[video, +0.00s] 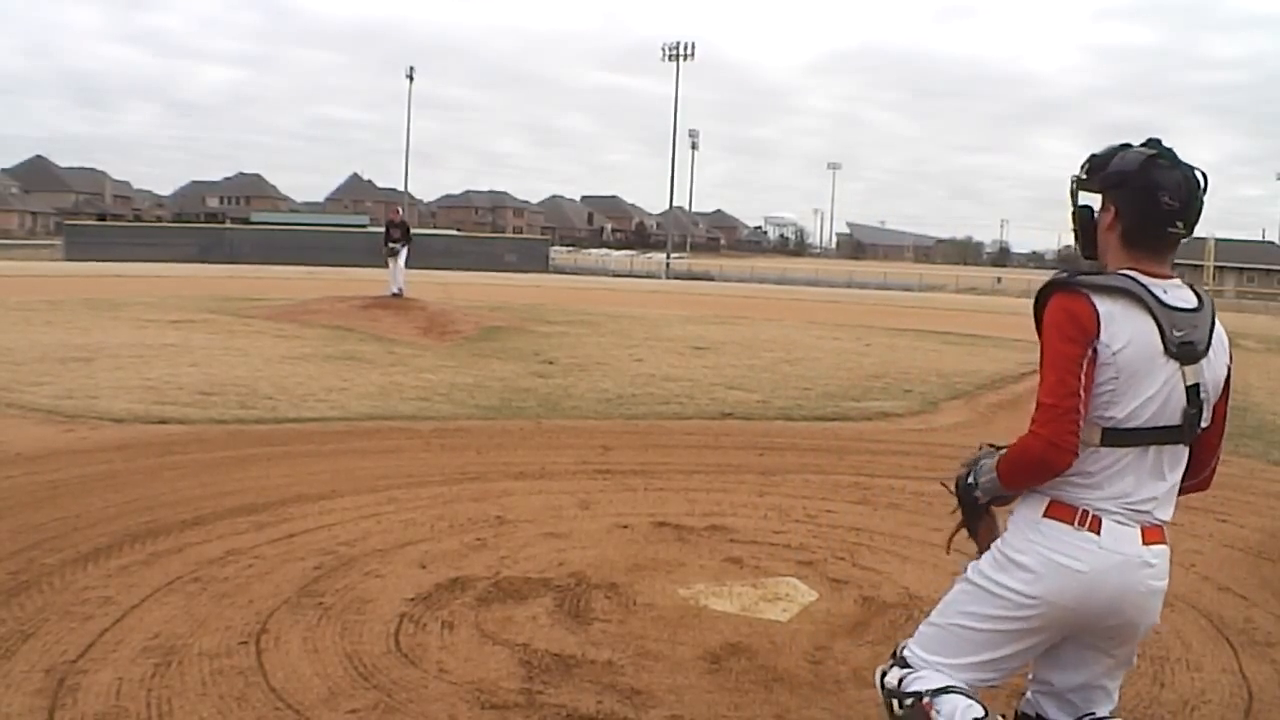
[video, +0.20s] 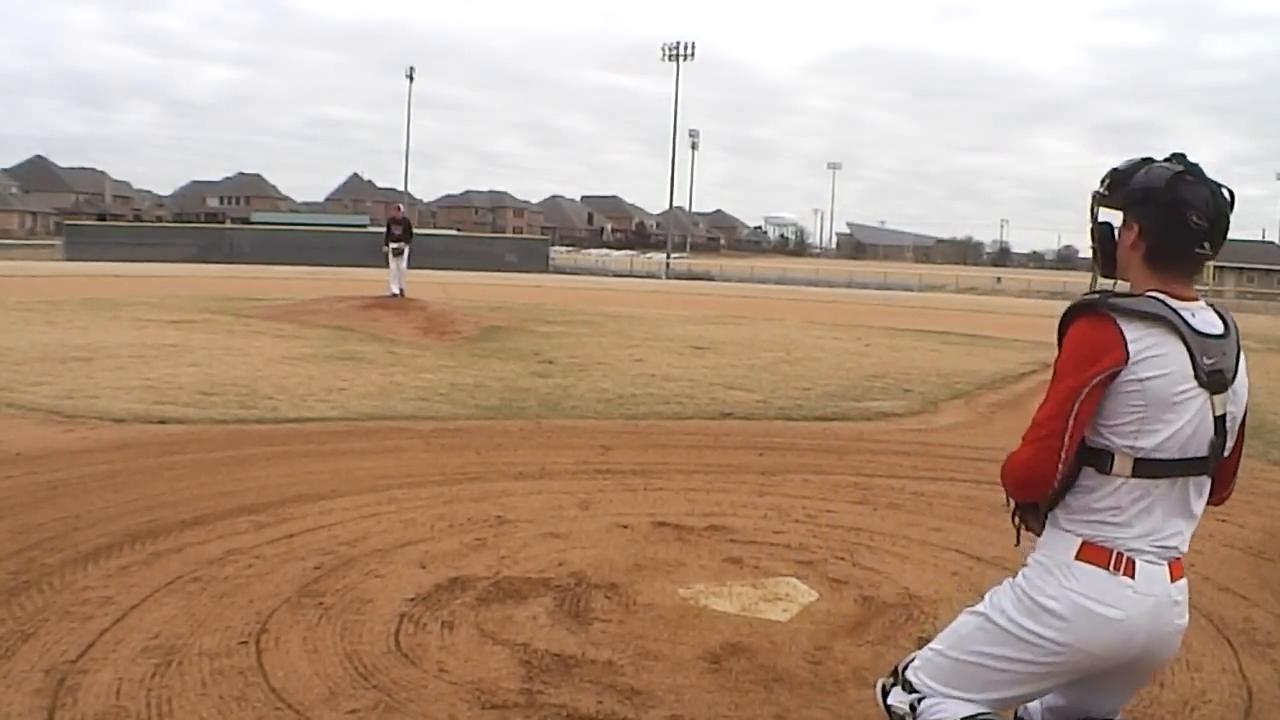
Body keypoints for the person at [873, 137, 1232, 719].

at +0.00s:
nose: (1091, 213)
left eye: (1097, 202)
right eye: (1094, 201)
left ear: (1112, 215)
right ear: (1177, 226)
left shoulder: (1080, 302)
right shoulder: (1212, 331)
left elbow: (1052, 446)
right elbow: (1198, 473)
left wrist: (983, 483)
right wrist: (1108, 473)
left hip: (1054, 544)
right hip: (1146, 558)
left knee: (918, 673)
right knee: (1069, 710)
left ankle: (966, 714)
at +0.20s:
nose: (1113, 233)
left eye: (1119, 221)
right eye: (1117, 219)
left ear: (1133, 234)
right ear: (1203, 247)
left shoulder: (1106, 325)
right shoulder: (1226, 339)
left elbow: (1037, 473)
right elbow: (1219, 485)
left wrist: (1022, 489)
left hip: (1078, 593)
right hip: (1166, 604)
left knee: (914, 692)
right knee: (1054, 713)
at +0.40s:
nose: (1122, 284)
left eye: (1127, 272)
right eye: (1126, 269)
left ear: (1141, 287)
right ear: (1214, 294)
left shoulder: (1127, 389)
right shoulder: (1240, 382)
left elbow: (1001, 522)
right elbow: (1249, 522)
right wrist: (1089, 517)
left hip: (1107, 671)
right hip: (1187, 674)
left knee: (895, 682)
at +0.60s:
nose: (1116, 303)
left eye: (1122, 290)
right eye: (1120, 289)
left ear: (1137, 306)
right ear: (1217, 314)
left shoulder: (1124, 408)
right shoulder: (1256, 391)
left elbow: (965, 513)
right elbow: (1271, 543)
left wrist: (1056, 484)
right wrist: (1097, 514)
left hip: (1131, 700)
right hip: (1220, 698)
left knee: (894, 665)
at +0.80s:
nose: (1099, 289)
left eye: (1105, 278)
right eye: (1104, 276)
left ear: (1121, 293)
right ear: (1198, 301)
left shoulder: (1100, 393)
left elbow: (980, 548)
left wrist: (1091, 488)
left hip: (1161, 701)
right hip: (1265, 694)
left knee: (908, 646)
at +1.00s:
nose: (1093, 344)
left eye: (1098, 330)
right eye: (1097, 329)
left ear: (1115, 343)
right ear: (1198, 345)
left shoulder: (1094, 441)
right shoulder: (1248, 423)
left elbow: (1022, 630)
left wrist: (999, 561)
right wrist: (1049, 529)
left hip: (1161, 711)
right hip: (1265, 705)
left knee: (926, 647)